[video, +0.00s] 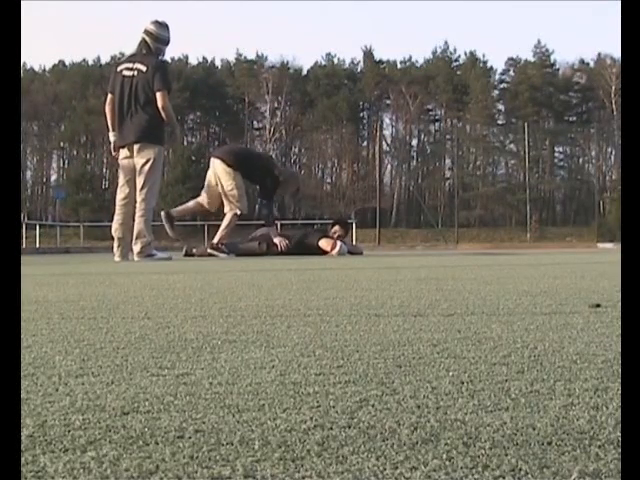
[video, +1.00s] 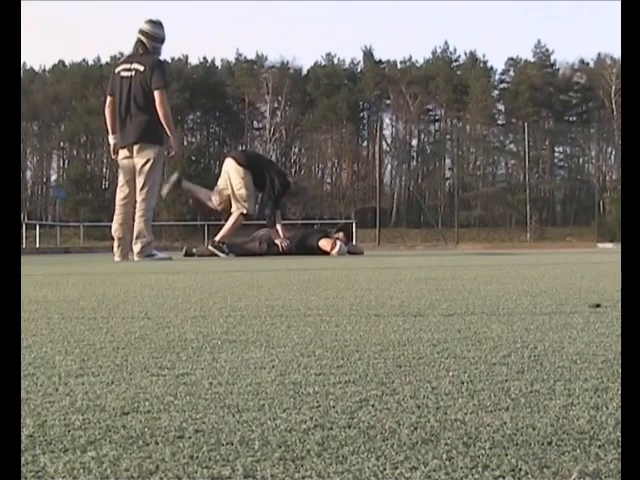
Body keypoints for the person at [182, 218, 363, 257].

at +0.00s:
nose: (337, 239)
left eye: (341, 236)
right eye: (336, 234)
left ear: (343, 236)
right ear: (330, 231)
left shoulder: (331, 243)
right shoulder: (318, 237)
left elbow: (359, 251)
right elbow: (333, 248)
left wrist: (344, 247)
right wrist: (352, 249)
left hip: (272, 243)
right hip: (268, 239)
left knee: (233, 246)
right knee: (234, 246)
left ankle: (199, 252)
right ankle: (200, 251)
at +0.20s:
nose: (339, 241)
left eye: (341, 239)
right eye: (339, 237)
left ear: (336, 237)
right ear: (334, 234)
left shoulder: (324, 240)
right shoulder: (319, 237)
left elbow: (355, 252)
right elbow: (334, 250)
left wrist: (346, 246)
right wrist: (350, 248)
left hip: (271, 239)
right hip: (269, 240)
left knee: (233, 246)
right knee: (232, 248)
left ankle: (198, 251)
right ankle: (197, 252)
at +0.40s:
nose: (337, 241)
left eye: (340, 240)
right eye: (338, 238)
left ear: (336, 239)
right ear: (333, 235)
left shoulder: (324, 241)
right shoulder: (319, 237)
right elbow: (333, 250)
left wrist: (345, 245)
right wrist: (347, 247)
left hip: (271, 240)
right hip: (269, 241)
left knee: (232, 247)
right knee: (231, 248)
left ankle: (198, 252)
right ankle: (197, 252)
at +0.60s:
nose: (338, 242)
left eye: (341, 241)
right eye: (338, 239)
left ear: (337, 240)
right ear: (333, 235)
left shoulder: (325, 241)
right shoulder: (320, 237)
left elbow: (357, 252)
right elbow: (333, 249)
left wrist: (346, 246)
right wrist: (345, 248)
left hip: (272, 241)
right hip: (270, 241)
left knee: (232, 247)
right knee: (231, 248)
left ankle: (197, 251)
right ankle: (197, 252)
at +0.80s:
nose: (338, 242)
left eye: (341, 241)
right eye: (339, 239)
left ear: (338, 239)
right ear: (334, 235)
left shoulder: (325, 240)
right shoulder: (320, 237)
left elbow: (356, 251)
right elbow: (332, 249)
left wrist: (346, 246)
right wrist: (345, 248)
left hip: (273, 241)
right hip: (271, 241)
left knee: (234, 247)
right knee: (233, 248)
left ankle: (198, 251)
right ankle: (197, 252)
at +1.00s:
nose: (339, 242)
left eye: (342, 240)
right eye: (340, 238)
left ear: (338, 239)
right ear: (335, 235)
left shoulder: (326, 239)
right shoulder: (321, 238)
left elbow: (357, 251)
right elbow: (333, 249)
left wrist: (345, 247)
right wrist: (343, 247)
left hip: (273, 240)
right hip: (270, 242)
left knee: (234, 246)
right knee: (233, 249)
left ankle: (199, 251)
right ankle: (197, 252)